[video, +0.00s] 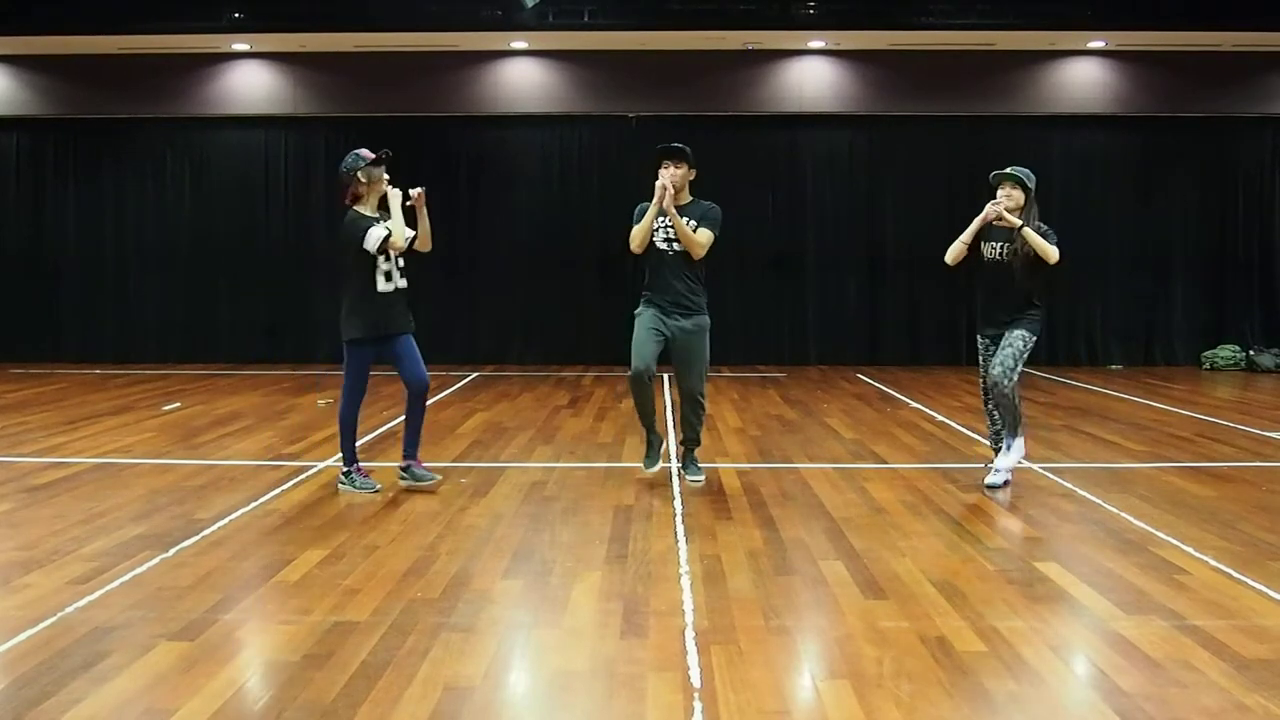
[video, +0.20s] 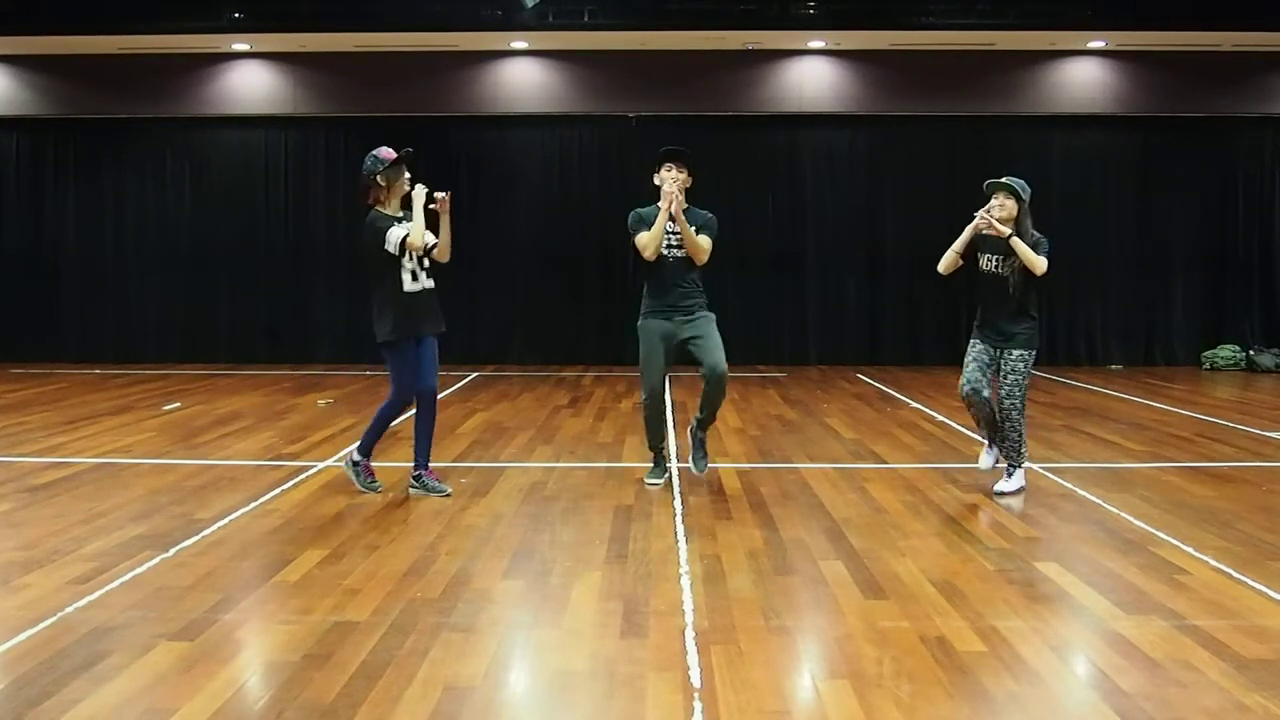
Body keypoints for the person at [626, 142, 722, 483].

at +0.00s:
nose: (669, 172)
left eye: (677, 166)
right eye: (664, 166)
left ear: (690, 173)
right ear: (658, 173)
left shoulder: (708, 211)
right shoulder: (645, 210)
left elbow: (697, 249)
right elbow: (636, 246)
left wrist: (671, 211)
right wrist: (657, 204)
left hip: (692, 315)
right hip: (652, 310)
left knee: (693, 390)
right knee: (639, 370)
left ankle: (690, 453)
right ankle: (651, 437)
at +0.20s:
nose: (673, 176)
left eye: (679, 171)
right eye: (667, 171)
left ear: (688, 180)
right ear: (656, 178)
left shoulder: (703, 219)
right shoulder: (640, 217)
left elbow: (700, 256)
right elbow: (648, 251)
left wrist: (678, 216)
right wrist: (665, 210)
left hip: (696, 315)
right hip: (655, 317)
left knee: (718, 371)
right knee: (652, 393)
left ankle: (700, 431)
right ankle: (658, 458)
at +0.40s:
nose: (680, 172)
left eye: (686, 168)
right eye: (674, 167)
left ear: (693, 178)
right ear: (661, 174)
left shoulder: (707, 212)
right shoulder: (645, 211)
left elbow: (717, 244)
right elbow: (652, 239)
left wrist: (693, 205)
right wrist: (672, 200)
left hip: (702, 309)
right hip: (660, 315)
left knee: (731, 354)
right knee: (655, 390)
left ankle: (712, 422)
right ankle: (659, 457)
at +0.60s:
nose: (693, 176)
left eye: (699, 172)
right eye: (687, 171)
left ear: (706, 181)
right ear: (675, 178)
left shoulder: (722, 221)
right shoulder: (658, 216)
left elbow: (721, 258)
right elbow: (656, 249)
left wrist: (701, 215)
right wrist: (682, 209)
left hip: (707, 317)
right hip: (666, 315)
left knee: (717, 393)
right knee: (657, 391)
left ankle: (718, 456)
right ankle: (659, 456)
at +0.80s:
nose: (694, 174)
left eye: (701, 169)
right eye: (688, 168)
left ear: (712, 177)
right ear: (680, 176)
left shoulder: (730, 216)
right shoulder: (666, 213)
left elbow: (726, 250)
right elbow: (658, 247)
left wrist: (700, 209)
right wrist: (682, 205)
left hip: (712, 317)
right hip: (673, 308)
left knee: (718, 394)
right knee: (653, 356)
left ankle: (716, 457)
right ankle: (669, 420)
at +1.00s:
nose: (687, 173)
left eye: (694, 168)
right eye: (682, 168)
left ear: (708, 175)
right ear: (675, 175)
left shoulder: (728, 212)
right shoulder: (664, 212)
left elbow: (731, 250)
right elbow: (652, 250)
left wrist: (698, 213)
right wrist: (674, 208)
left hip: (713, 317)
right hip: (673, 315)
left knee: (719, 397)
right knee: (664, 389)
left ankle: (717, 457)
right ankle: (674, 460)